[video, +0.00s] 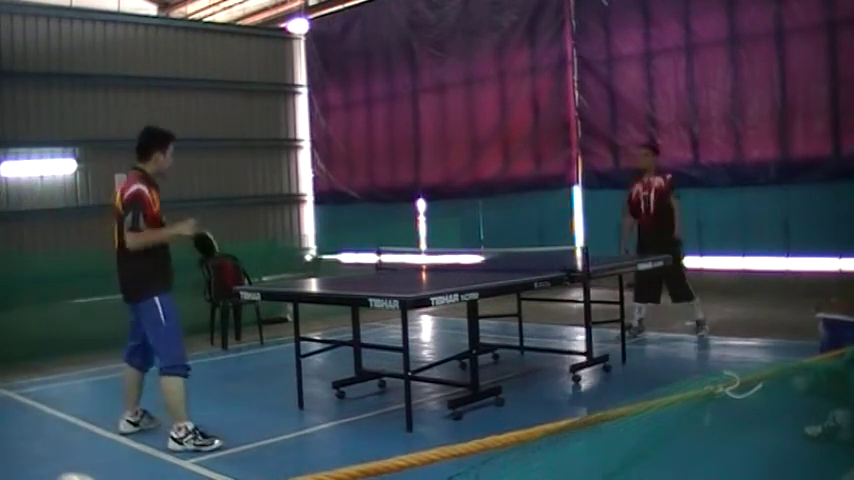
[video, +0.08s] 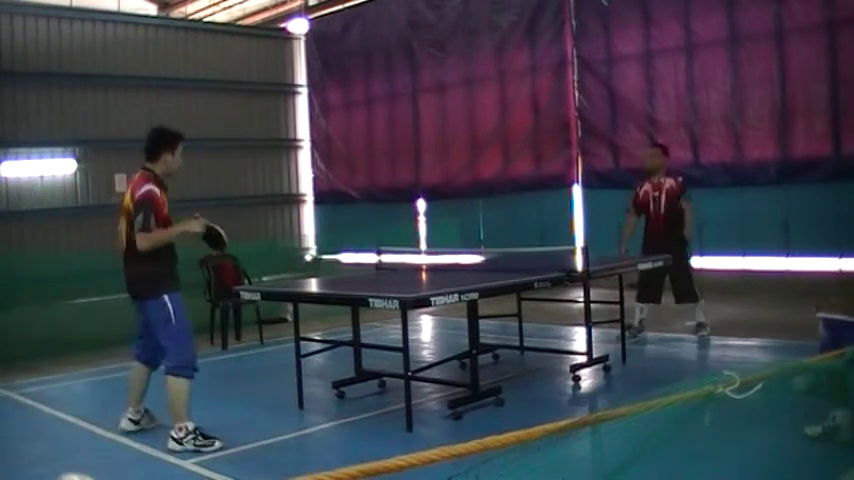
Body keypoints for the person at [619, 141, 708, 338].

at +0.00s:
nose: (642, 160)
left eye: (646, 156)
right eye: (641, 156)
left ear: (654, 159)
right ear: (640, 160)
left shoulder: (665, 182)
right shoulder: (636, 187)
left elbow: (675, 207)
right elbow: (630, 218)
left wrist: (677, 233)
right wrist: (625, 244)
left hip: (666, 240)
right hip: (645, 241)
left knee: (679, 282)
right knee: (642, 283)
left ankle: (699, 318)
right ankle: (637, 322)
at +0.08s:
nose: (650, 160)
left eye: (655, 156)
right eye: (649, 156)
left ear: (664, 160)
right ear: (646, 160)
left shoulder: (676, 184)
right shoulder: (642, 188)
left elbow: (687, 208)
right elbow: (632, 217)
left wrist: (687, 232)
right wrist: (624, 243)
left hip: (675, 242)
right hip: (651, 243)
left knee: (685, 283)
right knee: (646, 284)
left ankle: (700, 320)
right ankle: (638, 323)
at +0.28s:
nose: (677, 160)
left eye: (681, 156)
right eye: (674, 156)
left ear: (688, 159)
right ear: (670, 159)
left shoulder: (699, 186)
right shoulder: (661, 185)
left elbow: (706, 216)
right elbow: (649, 215)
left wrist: (707, 242)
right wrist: (639, 241)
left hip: (691, 245)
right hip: (667, 244)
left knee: (696, 283)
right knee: (659, 281)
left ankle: (701, 320)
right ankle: (647, 317)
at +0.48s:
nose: (690, 158)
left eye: (694, 154)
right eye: (687, 154)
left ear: (702, 157)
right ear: (683, 157)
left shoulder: (711, 186)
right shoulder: (671, 184)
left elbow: (717, 216)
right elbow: (664, 214)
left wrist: (713, 242)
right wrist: (664, 240)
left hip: (699, 242)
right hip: (675, 242)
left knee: (700, 282)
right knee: (670, 280)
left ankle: (702, 321)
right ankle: (668, 320)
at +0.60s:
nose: (694, 158)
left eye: (699, 154)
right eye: (691, 154)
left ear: (706, 158)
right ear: (687, 156)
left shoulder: (715, 185)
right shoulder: (674, 183)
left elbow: (721, 215)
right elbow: (667, 213)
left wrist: (713, 238)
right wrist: (670, 239)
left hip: (702, 241)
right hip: (680, 240)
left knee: (701, 279)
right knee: (677, 278)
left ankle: (702, 321)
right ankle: (677, 320)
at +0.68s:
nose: (696, 158)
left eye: (700, 154)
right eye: (693, 153)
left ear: (707, 157)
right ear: (688, 156)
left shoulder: (716, 184)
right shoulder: (676, 182)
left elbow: (725, 213)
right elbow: (668, 213)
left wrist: (716, 238)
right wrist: (670, 239)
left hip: (703, 242)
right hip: (681, 241)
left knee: (702, 280)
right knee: (677, 280)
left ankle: (702, 322)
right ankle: (677, 321)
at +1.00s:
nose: (696, 158)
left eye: (700, 154)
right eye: (693, 153)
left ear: (708, 157)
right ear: (688, 156)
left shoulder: (717, 185)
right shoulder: (678, 183)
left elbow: (726, 215)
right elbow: (669, 211)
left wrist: (716, 239)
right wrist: (665, 239)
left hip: (704, 243)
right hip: (681, 242)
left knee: (703, 284)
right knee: (678, 281)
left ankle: (703, 322)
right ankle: (677, 321)